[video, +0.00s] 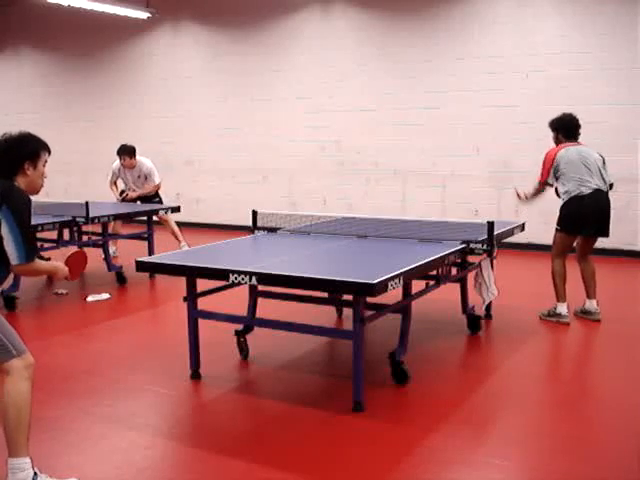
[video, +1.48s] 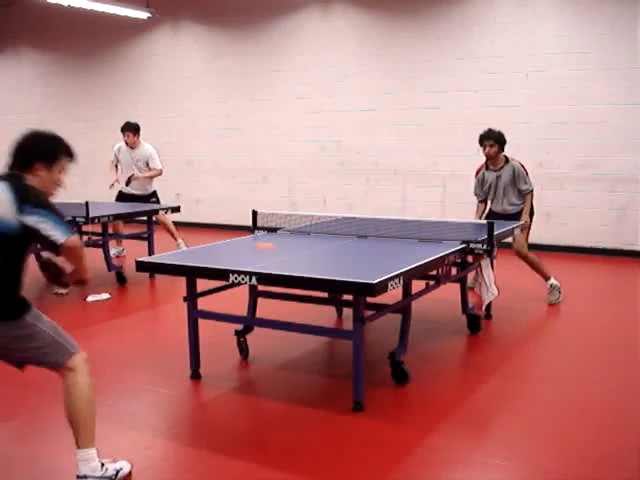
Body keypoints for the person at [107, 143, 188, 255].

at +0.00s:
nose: (121, 163)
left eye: (124, 160)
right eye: (120, 159)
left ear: (132, 158)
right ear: (119, 159)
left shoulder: (146, 165)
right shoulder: (117, 167)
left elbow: (156, 185)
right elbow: (112, 182)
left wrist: (136, 194)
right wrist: (118, 195)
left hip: (149, 195)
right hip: (130, 194)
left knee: (162, 216)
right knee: (117, 218)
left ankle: (182, 243)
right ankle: (113, 247)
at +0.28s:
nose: (121, 161)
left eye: (124, 158)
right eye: (120, 158)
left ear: (132, 156)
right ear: (119, 157)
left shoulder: (147, 164)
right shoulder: (118, 166)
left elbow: (155, 185)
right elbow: (114, 182)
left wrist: (135, 191)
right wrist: (118, 194)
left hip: (151, 194)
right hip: (132, 194)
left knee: (163, 215)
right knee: (118, 217)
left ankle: (183, 243)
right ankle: (113, 246)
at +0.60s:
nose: (125, 158)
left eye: (128, 155)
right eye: (124, 155)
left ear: (136, 154)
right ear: (123, 155)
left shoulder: (150, 161)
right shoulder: (121, 165)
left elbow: (162, 180)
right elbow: (119, 182)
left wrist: (142, 190)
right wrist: (126, 191)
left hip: (154, 193)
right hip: (135, 194)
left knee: (166, 216)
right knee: (120, 218)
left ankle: (183, 244)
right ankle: (113, 246)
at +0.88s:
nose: (127, 156)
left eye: (129, 153)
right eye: (126, 153)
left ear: (138, 152)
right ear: (124, 153)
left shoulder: (152, 160)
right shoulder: (124, 163)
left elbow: (164, 178)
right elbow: (119, 180)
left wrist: (146, 189)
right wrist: (126, 190)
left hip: (154, 193)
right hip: (134, 193)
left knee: (166, 216)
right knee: (120, 219)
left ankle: (183, 243)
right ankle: (113, 247)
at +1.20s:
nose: (132, 146)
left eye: (135, 143)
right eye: (131, 143)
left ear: (143, 142)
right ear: (130, 143)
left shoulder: (157, 154)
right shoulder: (128, 155)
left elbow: (170, 172)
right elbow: (124, 171)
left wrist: (154, 182)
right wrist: (128, 182)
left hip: (157, 193)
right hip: (136, 191)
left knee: (168, 217)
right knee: (123, 218)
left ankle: (183, 243)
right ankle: (114, 246)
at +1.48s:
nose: (125, 140)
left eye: (128, 136)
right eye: (124, 136)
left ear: (136, 136)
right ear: (123, 136)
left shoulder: (148, 151)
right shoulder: (119, 149)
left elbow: (158, 170)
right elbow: (114, 163)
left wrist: (140, 176)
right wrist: (114, 177)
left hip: (147, 194)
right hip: (126, 193)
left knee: (161, 217)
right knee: (115, 218)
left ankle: (179, 242)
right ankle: (119, 247)